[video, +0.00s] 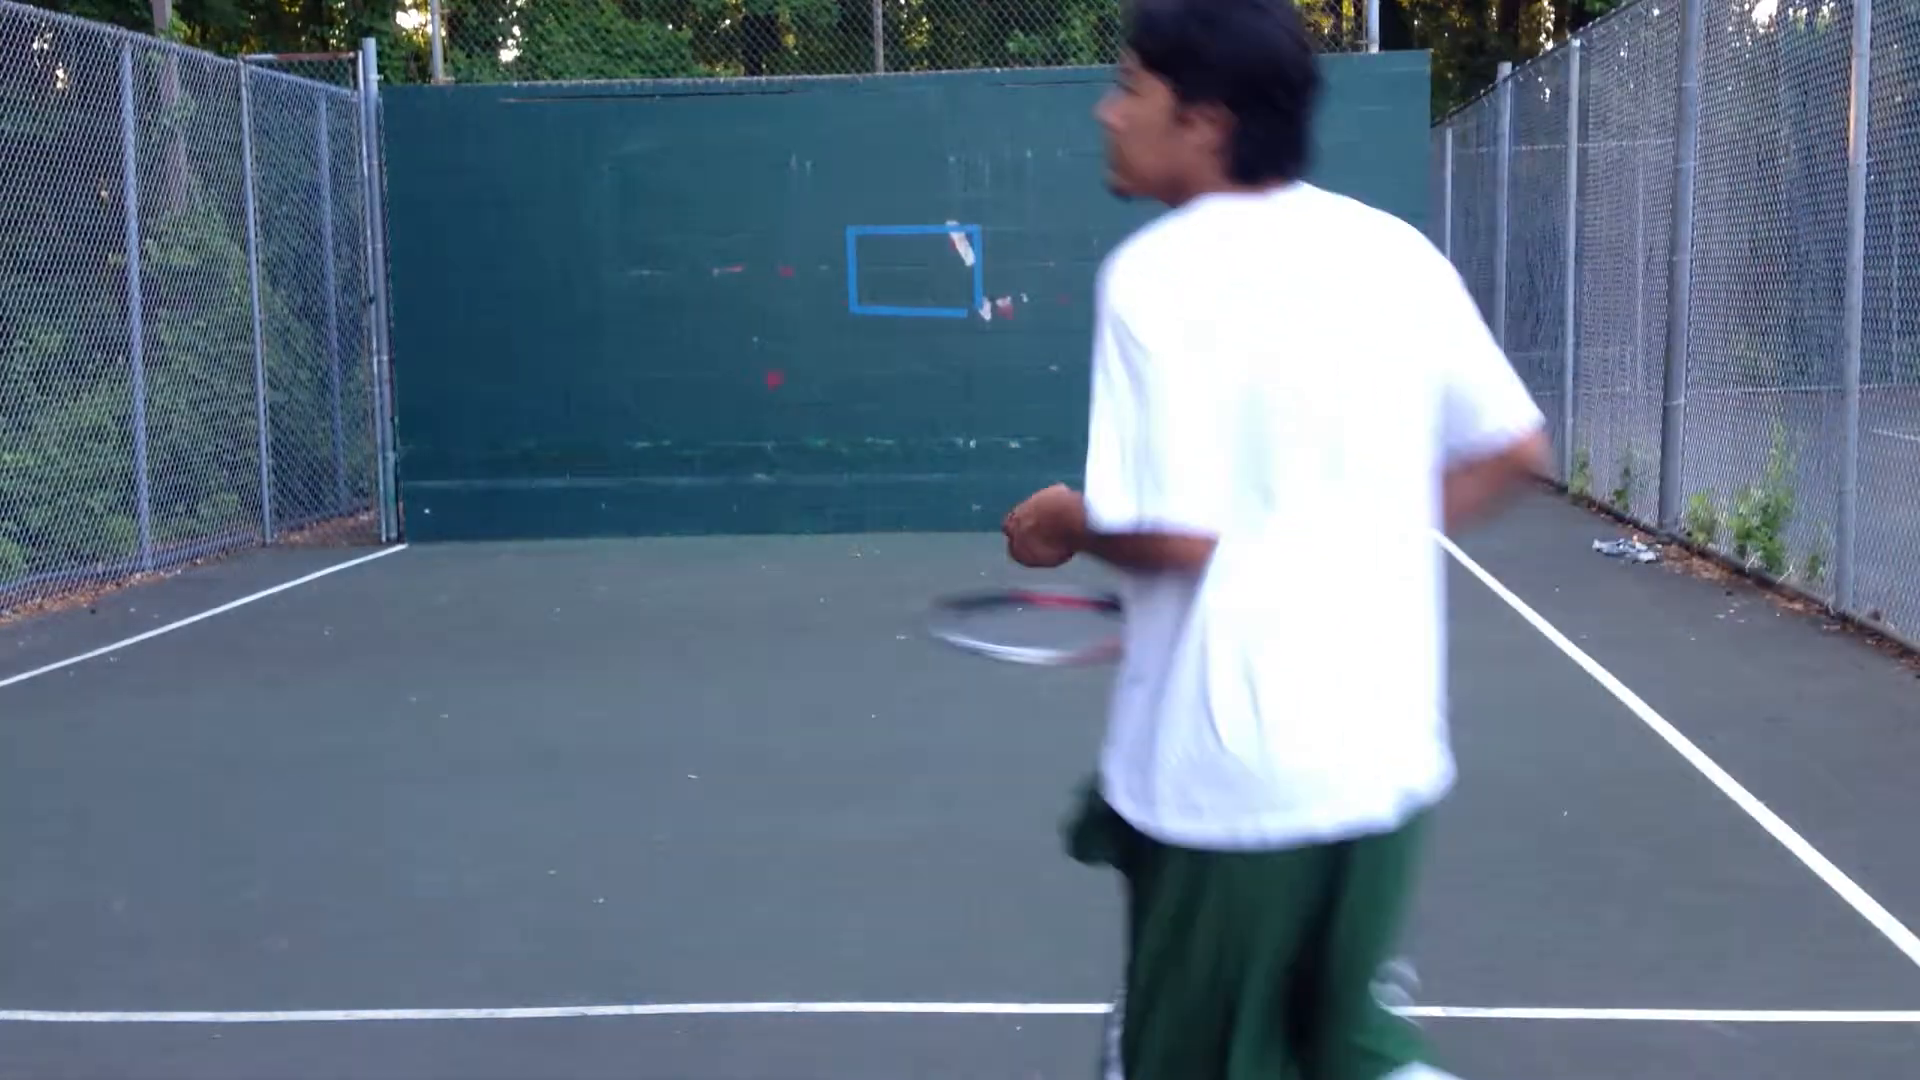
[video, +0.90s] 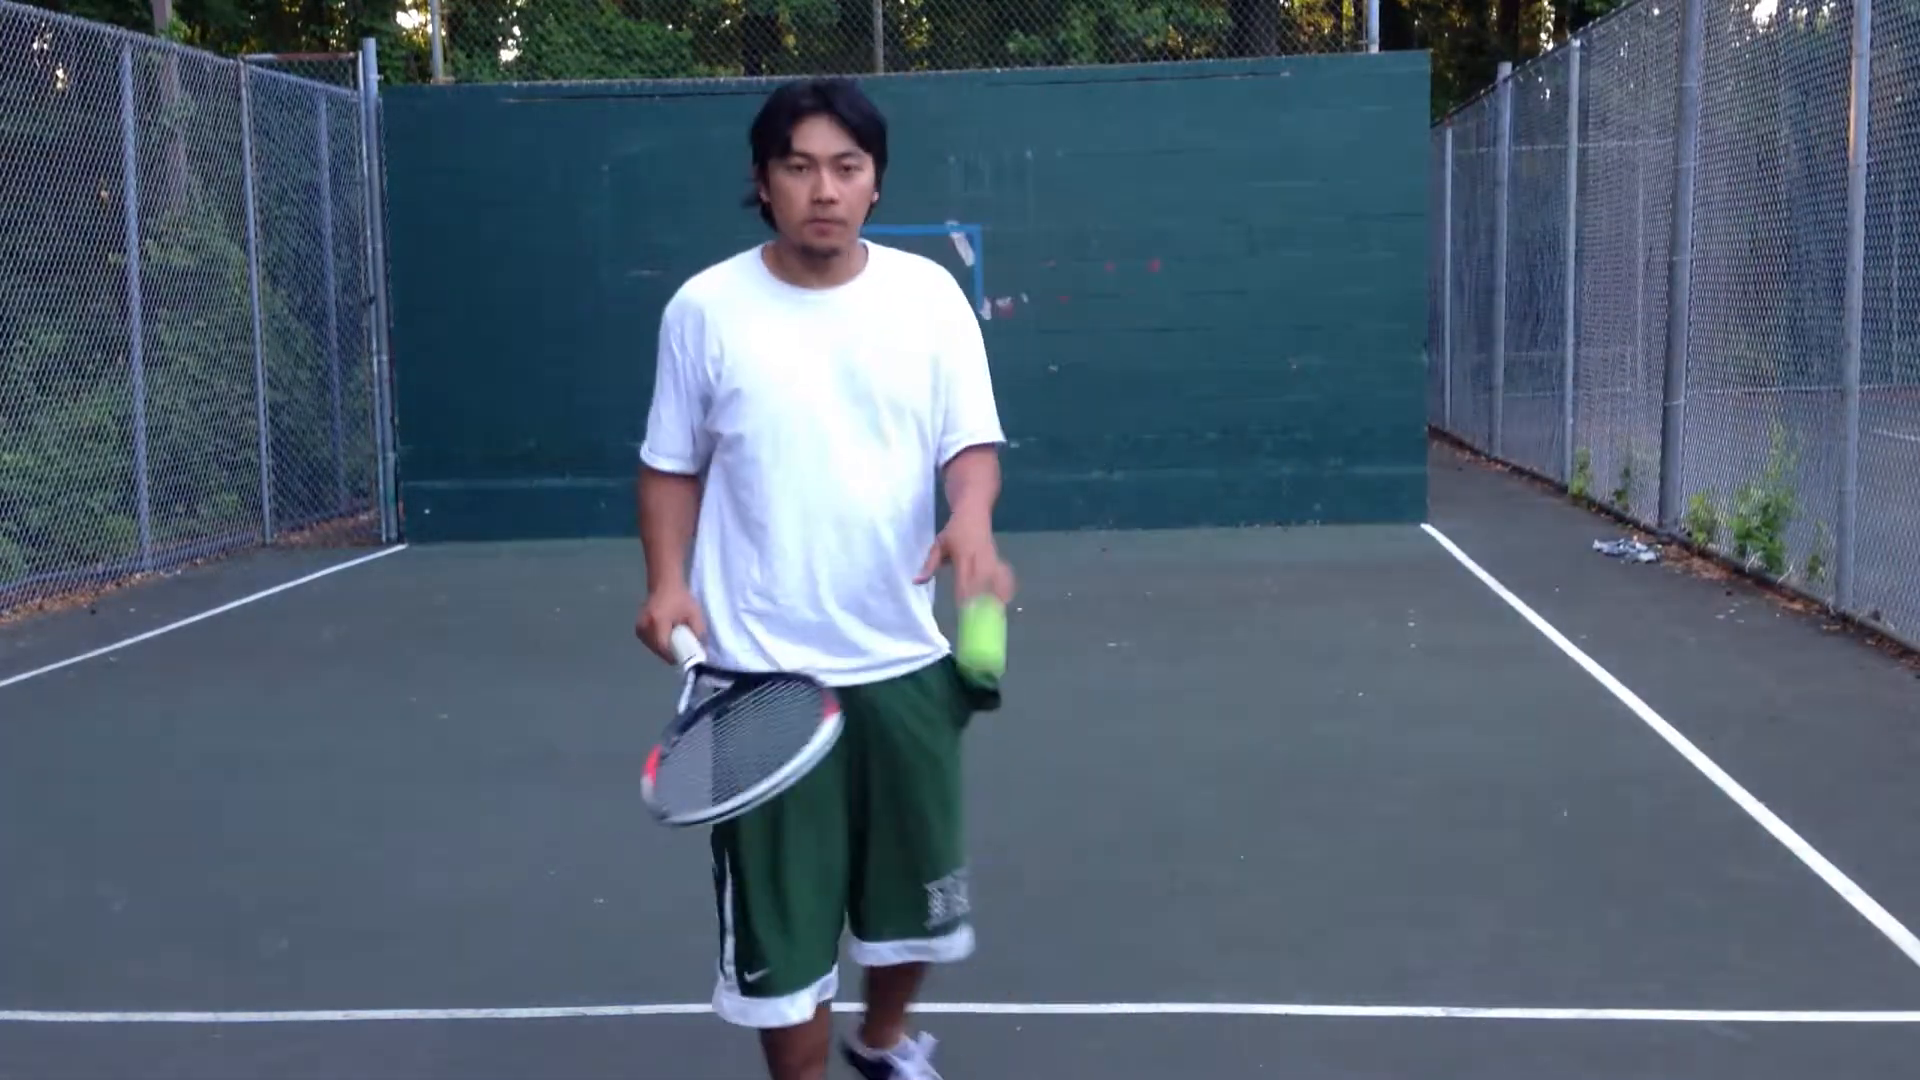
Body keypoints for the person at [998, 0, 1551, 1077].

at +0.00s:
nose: (1107, 109)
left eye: (1133, 87)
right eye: (1118, 83)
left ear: (1208, 121)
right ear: (1222, 120)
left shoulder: (1154, 273)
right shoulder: (1394, 246)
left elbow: (1177, 538)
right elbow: (1513, 449)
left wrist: (1075, 523)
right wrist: (1364, 524)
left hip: (1226, 777)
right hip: (1391, 752)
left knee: (1190, 1053)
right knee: (1347, 1027)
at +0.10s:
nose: (1024, 97)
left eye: (1050, 70)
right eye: (1035, 68)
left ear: (1131, 98)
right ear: (1145, 103)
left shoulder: (1101, 232)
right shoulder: (1289, 210)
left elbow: (1172, 465)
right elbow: (1401, 387)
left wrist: (1039, 512)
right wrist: (1253, 483)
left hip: (1156, 708)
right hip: (1287, 687)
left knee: (1140, 1002)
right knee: (1197, 971)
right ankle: (1222, 1052)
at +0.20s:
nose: (949, 140)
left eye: (979, 117)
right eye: (958, 116)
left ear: (1066, 147)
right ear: (1065, 153)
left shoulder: (1068, 277)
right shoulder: (1160, 252)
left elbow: (1138, 498)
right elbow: (1272, 408)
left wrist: (989, 561)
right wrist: (1152, 502)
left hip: (1119, 741)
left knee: (1092, 1015)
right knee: (1002, 957)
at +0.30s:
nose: (897, 179)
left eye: (930, 157)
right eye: (895, 158)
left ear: (1010, 186)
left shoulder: (1055, 326)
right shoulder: (962, 331)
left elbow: (1126, 531)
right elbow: (1013, 532)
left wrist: (946, 604)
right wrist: (926, 615)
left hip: (1072, 764)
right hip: (979, 748)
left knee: (1049, 1051)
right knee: (926, 1021)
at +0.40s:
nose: (866, 197)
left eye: (898, 177)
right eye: (855, 175)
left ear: (965, 203)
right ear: (839, 192)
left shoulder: (1036, 342)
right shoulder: (856, 323)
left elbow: (1127, 516)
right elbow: (913, 513)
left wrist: (957, 592)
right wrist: (861, 603)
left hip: (1016, 742)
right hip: (887, 736)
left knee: (1044, 1036)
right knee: (887, 1023)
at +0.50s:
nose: (849, 180)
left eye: (879, 159)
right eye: (829, 159)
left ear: (931, 183)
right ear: (807, 183)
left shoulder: (1010, 310)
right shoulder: (786, 306)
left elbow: (1081, 470)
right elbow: (778, 464)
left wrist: (969, 540)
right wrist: (750, 582)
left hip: (973, 704)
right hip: (834, 702)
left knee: (998, 1004)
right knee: (853, 1001)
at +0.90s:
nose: (825, 190)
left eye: (846, 169)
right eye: (801, 169)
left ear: (873, 184)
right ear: (764, 184)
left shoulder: (929, 295)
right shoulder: (705, 309)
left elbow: (969, 437)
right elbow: (670, 465)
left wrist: (971, 519)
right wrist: (667, 581)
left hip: (904, 651)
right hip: (758, 662)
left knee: (912, 882)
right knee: (781, 912)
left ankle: (884, 1042)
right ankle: (797, 1072)